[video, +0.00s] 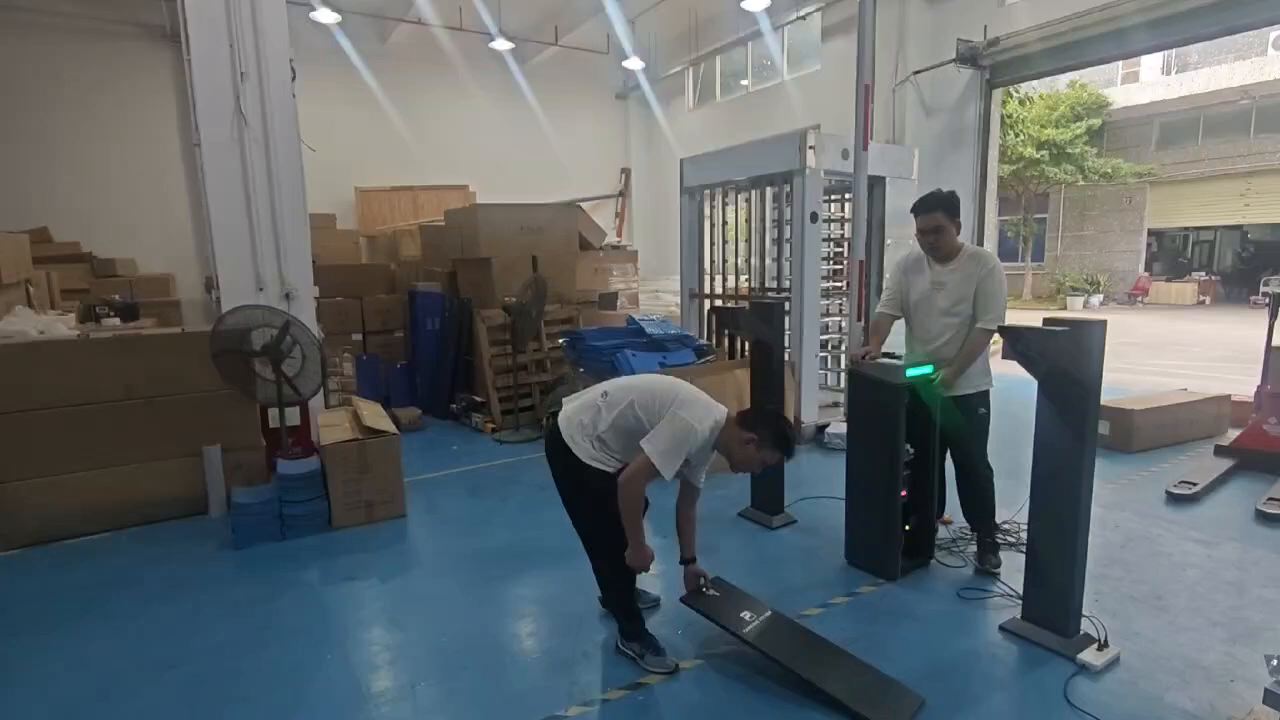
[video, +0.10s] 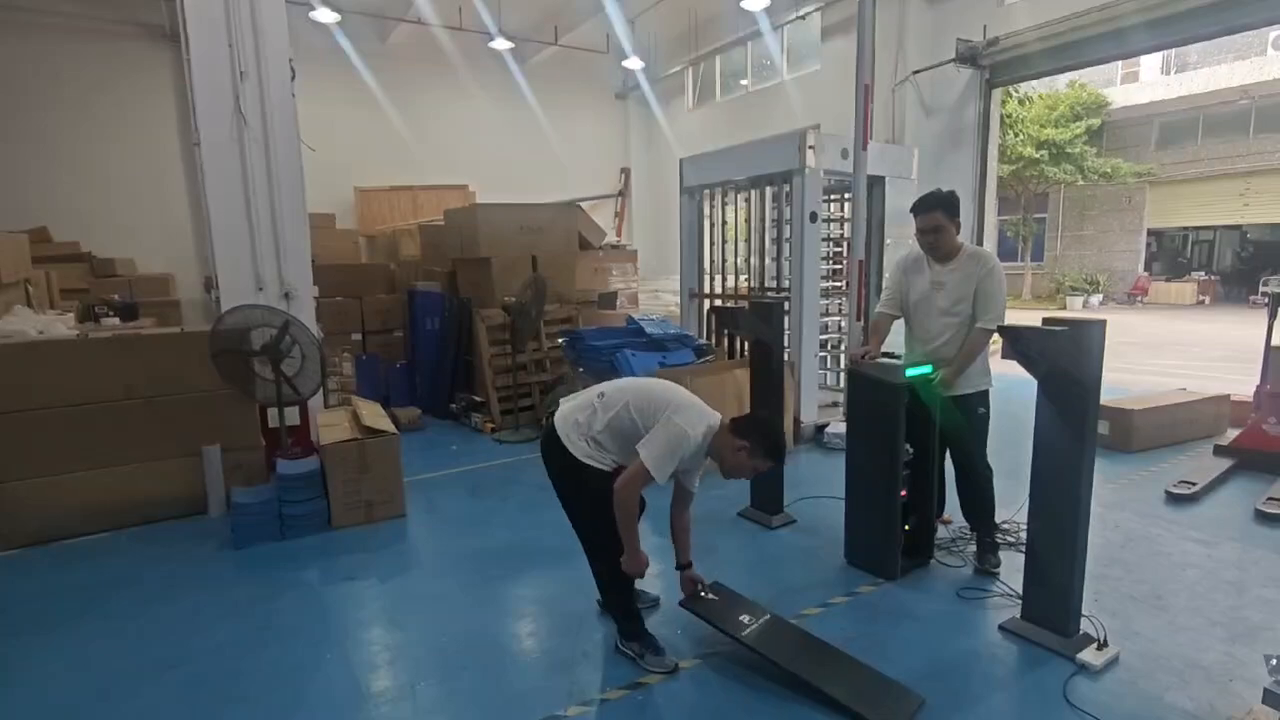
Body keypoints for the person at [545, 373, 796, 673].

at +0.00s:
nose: (755, 472)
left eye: (763, 468)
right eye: (761, 464)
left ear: (748, 437)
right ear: (749, 440)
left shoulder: (708, 434)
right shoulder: (692, 422)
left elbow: (687, 504)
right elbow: (629, 482)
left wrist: (689, 563)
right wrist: (636, 546)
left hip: (609, 440)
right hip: (576, 437)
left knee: (631, 516)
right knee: (609, 541)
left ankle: (618, 592)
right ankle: (632, 636)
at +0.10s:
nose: (745, 478)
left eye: (752, 475)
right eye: (751, 471)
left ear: (739, 443)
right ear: (740, 447)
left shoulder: (702, 438)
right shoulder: (685, 429)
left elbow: (681, 507)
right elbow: (624, 488)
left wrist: (685, 568)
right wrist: (631, 552)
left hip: (604, 441)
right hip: (572, 439)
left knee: (632, 509)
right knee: (606, 541)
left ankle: (616, 593)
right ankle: (631, 635)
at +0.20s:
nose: (745, 470)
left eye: (751, 466)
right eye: (749, 462)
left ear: (735, 436)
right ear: (736, 440)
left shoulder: (697, 435)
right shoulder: (679, 423)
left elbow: (673, 500)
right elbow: (619, 483)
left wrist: (683, 559)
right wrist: (625, 547)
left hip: (599, 440)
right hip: (568, 439)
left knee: (631, 506)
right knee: (603, 538)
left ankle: (614, 593)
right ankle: (631, 635)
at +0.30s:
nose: (743, 449)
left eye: (750, 445)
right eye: (747, 441)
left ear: (731, 419)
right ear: (733, 422)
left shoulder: (694, 424)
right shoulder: (673, 408)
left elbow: (670, 488)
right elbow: (616, 467)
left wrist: (688, 542)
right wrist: (620, 536)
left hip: (597, 438)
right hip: (565, 437)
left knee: (630, 505)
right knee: (600, 537)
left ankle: (614, 591)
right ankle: (631, 635)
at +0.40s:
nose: (743, 424)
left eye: (748, 418)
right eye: (746, 415)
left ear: (726, 395)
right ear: (728, 398)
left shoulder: (692, 407)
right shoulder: (663, 392)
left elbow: (668, 472)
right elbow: (611, 454)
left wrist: (693, 525)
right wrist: (619, 523)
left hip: (598, 439)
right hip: (564, 436)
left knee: (629, 507)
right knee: (598, 536)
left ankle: (612, 591)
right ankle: (630, 634)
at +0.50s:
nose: (739, 398)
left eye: (743, 390)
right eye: (740, 388)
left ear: (719, 374)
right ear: (720, 374)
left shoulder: (688, 397)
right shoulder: (651, 374)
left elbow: (668, 457)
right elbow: (603, 438)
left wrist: (697, 509)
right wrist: (619, 508)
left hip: (602, 441)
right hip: (564, 436)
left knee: (631, 508)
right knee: (599, 536)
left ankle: (610, 591)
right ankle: (629, 635)